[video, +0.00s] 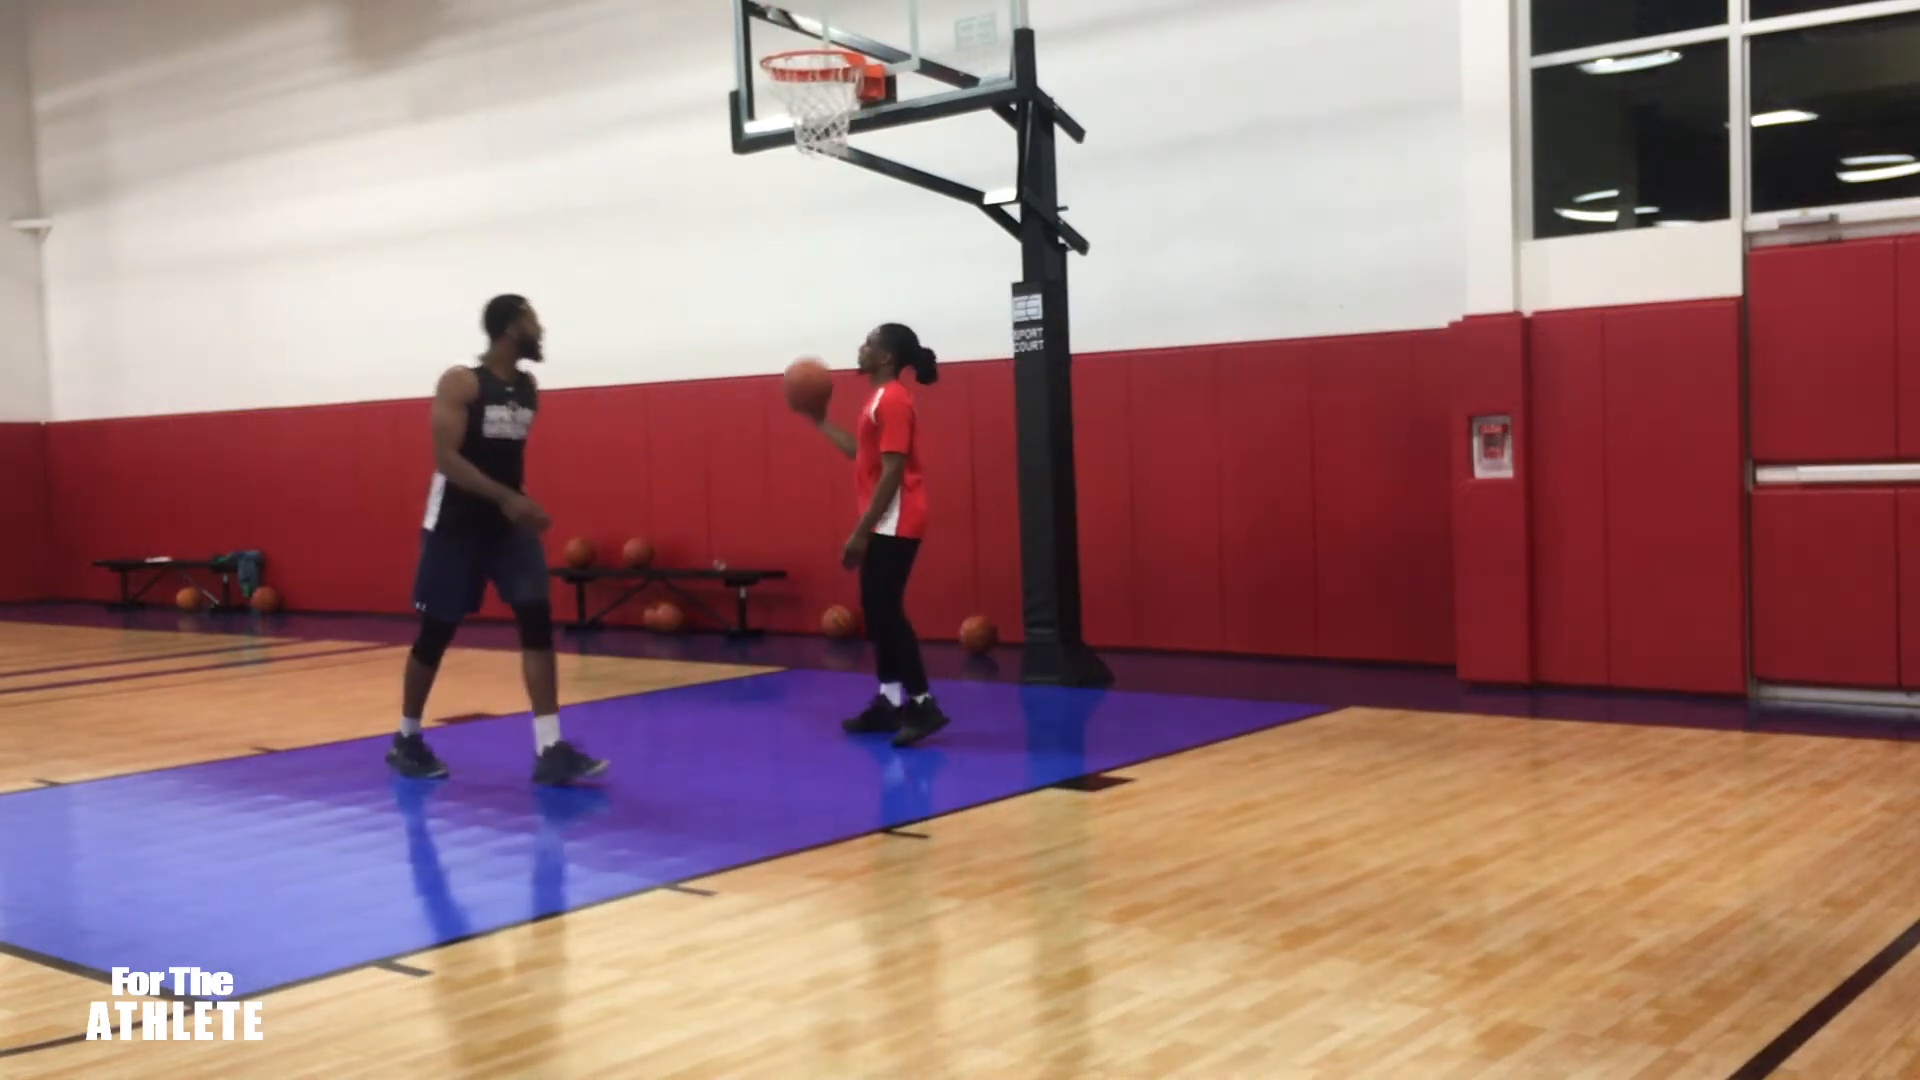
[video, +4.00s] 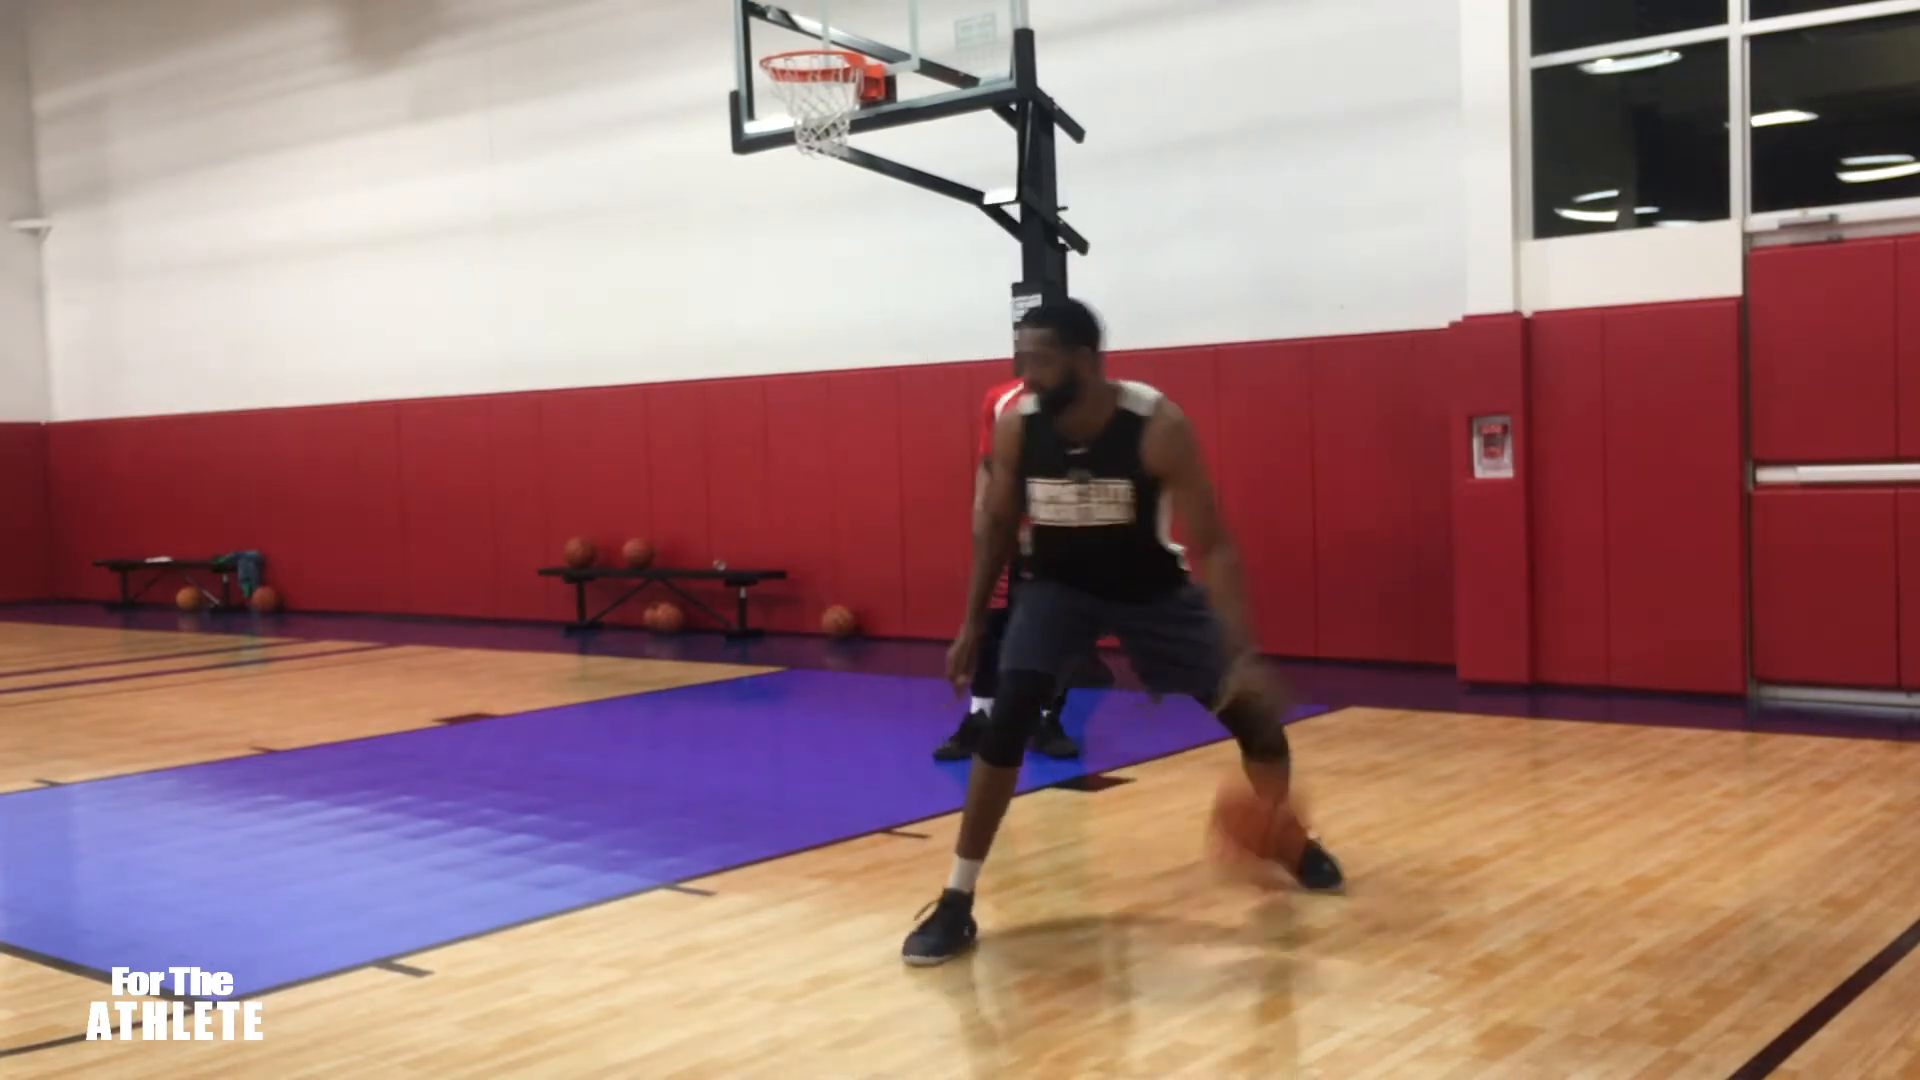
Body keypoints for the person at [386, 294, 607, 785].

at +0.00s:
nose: (541, 329)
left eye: (537, 321)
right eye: (532, 321)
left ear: (515, 331)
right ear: (509, 330)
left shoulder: (527, 391)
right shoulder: (460, 383)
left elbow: (506, 458)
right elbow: (445, 458)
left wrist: (519, 513)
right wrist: (509, 498)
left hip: (509, 527)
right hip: (456, 530)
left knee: (536, 625)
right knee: (436, 631)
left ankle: (550, 749)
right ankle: (407, 739)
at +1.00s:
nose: (766, 290)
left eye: (770, 281)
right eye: (755, 282)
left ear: (775, 285)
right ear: (729, 288)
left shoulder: (784, 348)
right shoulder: (701, 355)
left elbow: (802, 422)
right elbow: (686, 444)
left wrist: (834, 472)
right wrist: (757, 486)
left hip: (792, 516)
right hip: (731, 523)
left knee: (833, 624)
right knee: (739, 638)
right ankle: (730, 771)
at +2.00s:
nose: (927, 239)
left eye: (939, 229)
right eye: (917, 233)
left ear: (966, 245)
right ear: (908, 254)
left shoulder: (1014, 322)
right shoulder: (892, 341)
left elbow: (1051, 423)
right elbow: (894, 436)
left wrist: (1080, 521)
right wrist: (885, 499)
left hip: (1015, 527)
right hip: (936, 538)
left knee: (1037, 667)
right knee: (959, 681)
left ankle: (1027, 781)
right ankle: (993, 824)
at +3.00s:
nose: (1010, 262)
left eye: (1017, 244)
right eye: (1011, 247)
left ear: (1054, 243)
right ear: (1051, 249)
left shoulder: (1129, 310)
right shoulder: (1028, 350)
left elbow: (1185, 404)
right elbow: (1005, 473)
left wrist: (1091, 324)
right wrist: (896, 445)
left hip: (1084, 561)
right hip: (1002, 563)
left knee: (1076, 740)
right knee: (930, 725)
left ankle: (1192, 947)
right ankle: (958, 906)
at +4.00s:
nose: (1025, 371)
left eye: (1037, 359)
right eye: (1021, 358)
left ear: (1084, 360)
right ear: (1024, 360)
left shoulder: (1156, 425)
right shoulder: (1017, 425)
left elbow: (1210, 543)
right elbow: (995, 529)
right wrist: (971, 630)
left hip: (1151, 590)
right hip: (1056, 592)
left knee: (1258, 711)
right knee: (1007, 720)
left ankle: (1283, 833)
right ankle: (956, 901)